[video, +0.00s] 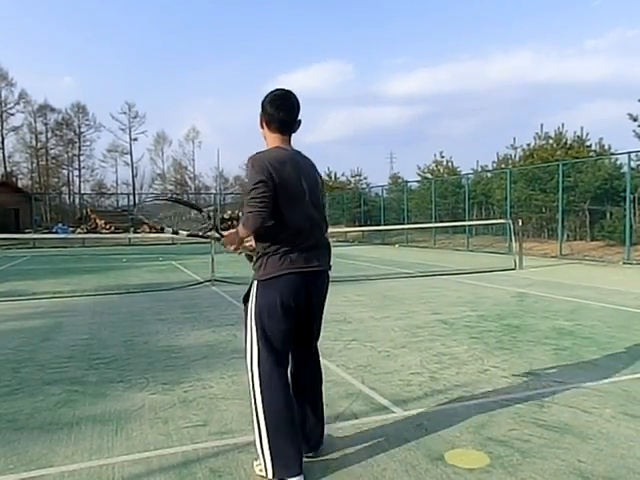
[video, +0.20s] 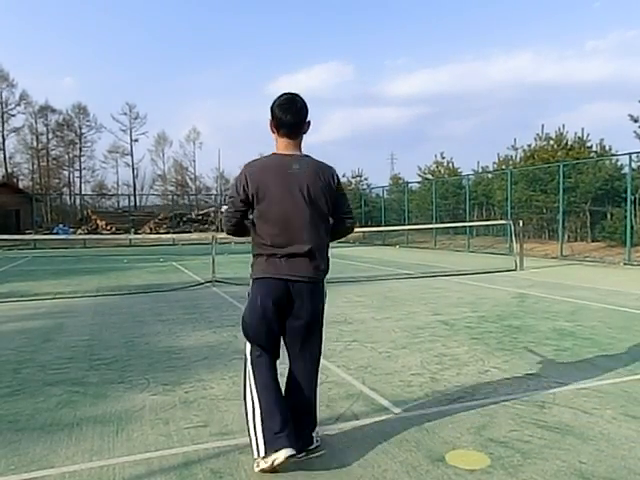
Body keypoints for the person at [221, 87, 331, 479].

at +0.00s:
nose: (259, 124)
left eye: (259, 119)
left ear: (262, 122)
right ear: (296, 123)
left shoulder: (261, 163)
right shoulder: (309, 166)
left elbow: (258, 217)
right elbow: (310, 223)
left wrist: (239, 232)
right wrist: (252, 237)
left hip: (277, 279)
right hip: (315, 275)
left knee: (267, 369)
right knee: (306, 354)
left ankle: (281, 465)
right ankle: (310, 438)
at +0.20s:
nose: (279, 127)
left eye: (273, 122)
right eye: (302, 123)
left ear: (270, 126)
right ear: (307, 127)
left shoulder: (253, 172)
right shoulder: (324, 174)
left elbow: (232, 224)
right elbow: (344, 224)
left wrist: (261, 226)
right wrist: (314, 235)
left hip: (267, 281)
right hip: (309, 282)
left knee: (260, 356)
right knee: (305, 360)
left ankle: (274, 443)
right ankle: (303, 438)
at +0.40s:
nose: (301, 128)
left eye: (273, 122)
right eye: (304, 123)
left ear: (272, 126)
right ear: (307, 127)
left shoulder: (259, 169)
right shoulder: (314, 171)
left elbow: (262, 210)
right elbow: (345, 219)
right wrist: (344, 214)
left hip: (262, 277)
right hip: (301, 280)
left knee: (254, 344)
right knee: (303, 355)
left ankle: (236, 421)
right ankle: (298, 440)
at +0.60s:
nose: (306, 128)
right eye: (305, 125)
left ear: (270, 129)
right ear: (303, 129)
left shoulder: (262, 170)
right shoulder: (294, 172)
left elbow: (291, 199)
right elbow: (324, 200)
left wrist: (328, 188)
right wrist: (361, 180)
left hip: (260, 278)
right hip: (292, 282)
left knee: (251, 351)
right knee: (301, 360)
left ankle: (217, 424)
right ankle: (297, 440)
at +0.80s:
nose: (305, 129)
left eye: (297, 124)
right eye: (305, 125)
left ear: (271, 130)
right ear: (303, 131)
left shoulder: (263, 170)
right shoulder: (294, 172)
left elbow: (278, 202)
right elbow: (320, 196)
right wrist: (361, 166)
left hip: (258, 276)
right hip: (292, 279)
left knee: (248, 349)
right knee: (299, 359)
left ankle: (218, 424)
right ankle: (297, 440)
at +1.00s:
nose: (279, 130)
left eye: (273, 125)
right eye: (301, 123)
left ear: (272, 129)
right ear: (304, 128)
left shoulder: (257, 172)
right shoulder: (315, 174)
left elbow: (230, 191)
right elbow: (357, 199)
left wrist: (255, 171)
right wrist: (377, 158)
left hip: (263, 277)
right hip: (302, 280)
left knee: (249, 345)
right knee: (302, 356)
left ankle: (224, 420)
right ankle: (297, 440)